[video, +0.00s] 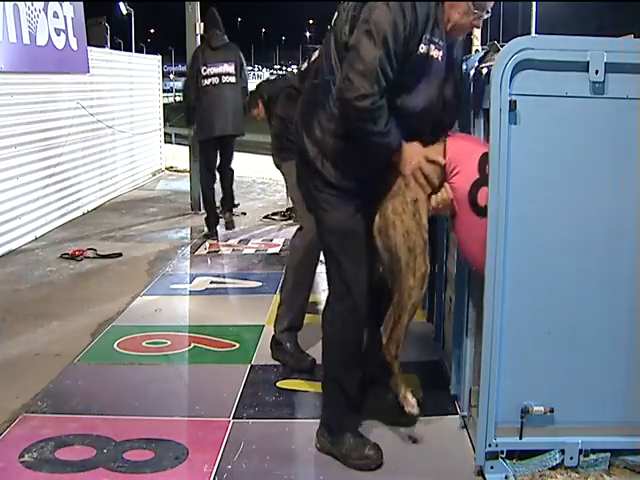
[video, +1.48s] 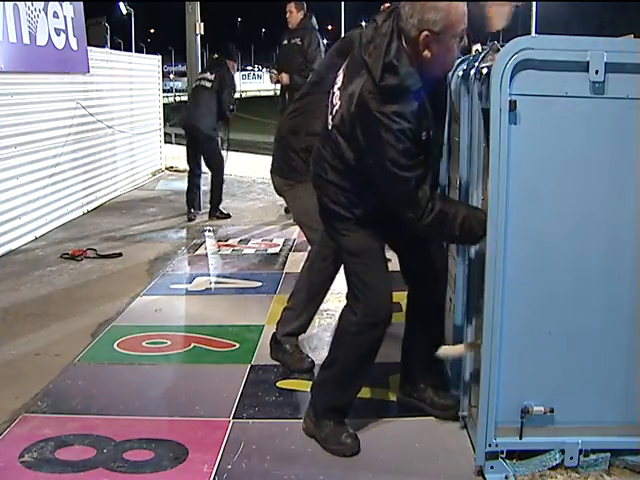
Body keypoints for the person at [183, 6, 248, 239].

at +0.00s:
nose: (206, 34)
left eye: (204, 30)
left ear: (204, 30)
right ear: (223, 29)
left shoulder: (199, 54)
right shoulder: (235, 52)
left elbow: (190, 90)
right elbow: (244, 85)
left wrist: (190, 115)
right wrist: (242, 108)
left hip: (207, 121)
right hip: (232, 119)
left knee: (207, 172)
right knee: (226, 166)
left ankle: (212, 224)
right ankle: (228, 209)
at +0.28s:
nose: (213, 48)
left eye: (207, 45)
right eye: (216, 45)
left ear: (203, 45)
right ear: (220, 46)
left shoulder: (195, 64)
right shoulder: (229, 66)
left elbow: (187, 94)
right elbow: (237, 100)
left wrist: (191, 109)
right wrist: (236, 129)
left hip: (200, 122)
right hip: (223, 122)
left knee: (198, 171)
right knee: (220, 170)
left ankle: (205, 210)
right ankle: (216, 212)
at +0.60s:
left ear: (204, 81)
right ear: (218, 84)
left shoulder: (193, 90)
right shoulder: (220, 94)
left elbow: (181, 117)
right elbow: (227, 125)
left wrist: (183, 139)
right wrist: (229, 152)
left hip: (189, 130)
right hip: (212, 130)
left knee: (192, 167)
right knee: (222, 169)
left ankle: (191, 209)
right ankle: (217, 211)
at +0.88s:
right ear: (216, 120)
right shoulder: (218, 129)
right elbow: (223, 164)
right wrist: (225, 199)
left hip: (179, 134)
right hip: (200, 135)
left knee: (187, 169)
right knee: (221, 168)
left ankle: (190, 210)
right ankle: (214, 213)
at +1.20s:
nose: (230, 101)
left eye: (230, 99)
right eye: (230, 98)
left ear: (219, 89)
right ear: (227, 94)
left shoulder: (200, 92)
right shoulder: (224, 101)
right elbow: (222, 129)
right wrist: (222, 154)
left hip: (182, 124)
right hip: (200, 126)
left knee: (188, 169)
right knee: (215, 165)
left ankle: (191, 211)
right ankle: (213, 211)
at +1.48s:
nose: (235, 68)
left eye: (235, 65)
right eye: (235, 65)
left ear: (219, 60)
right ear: (230, 62)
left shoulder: (204, 72)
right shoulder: (225, 73)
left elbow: (197, 98)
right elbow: (225, 99)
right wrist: (227, 114)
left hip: (189, 123)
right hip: (205, 125)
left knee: (194, 169)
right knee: (217, 167)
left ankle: (192, 209)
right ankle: (215, 209)